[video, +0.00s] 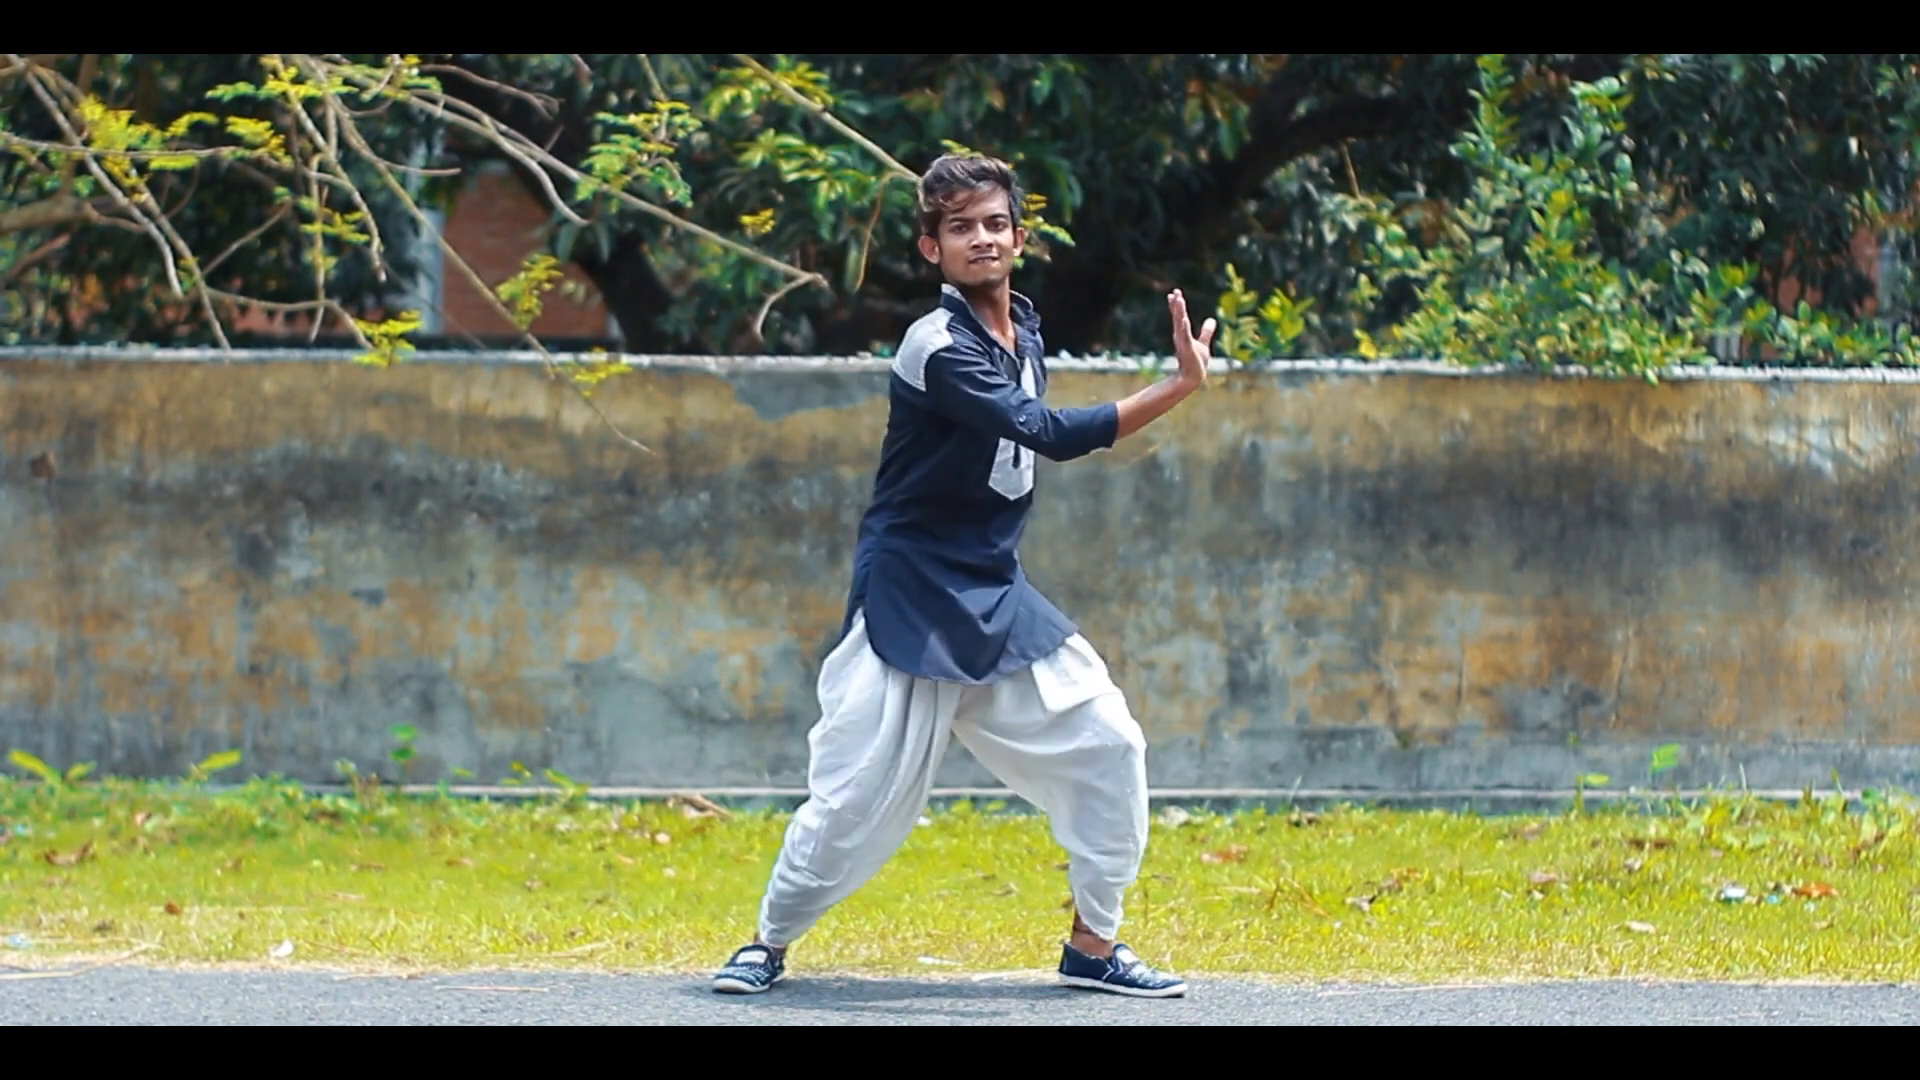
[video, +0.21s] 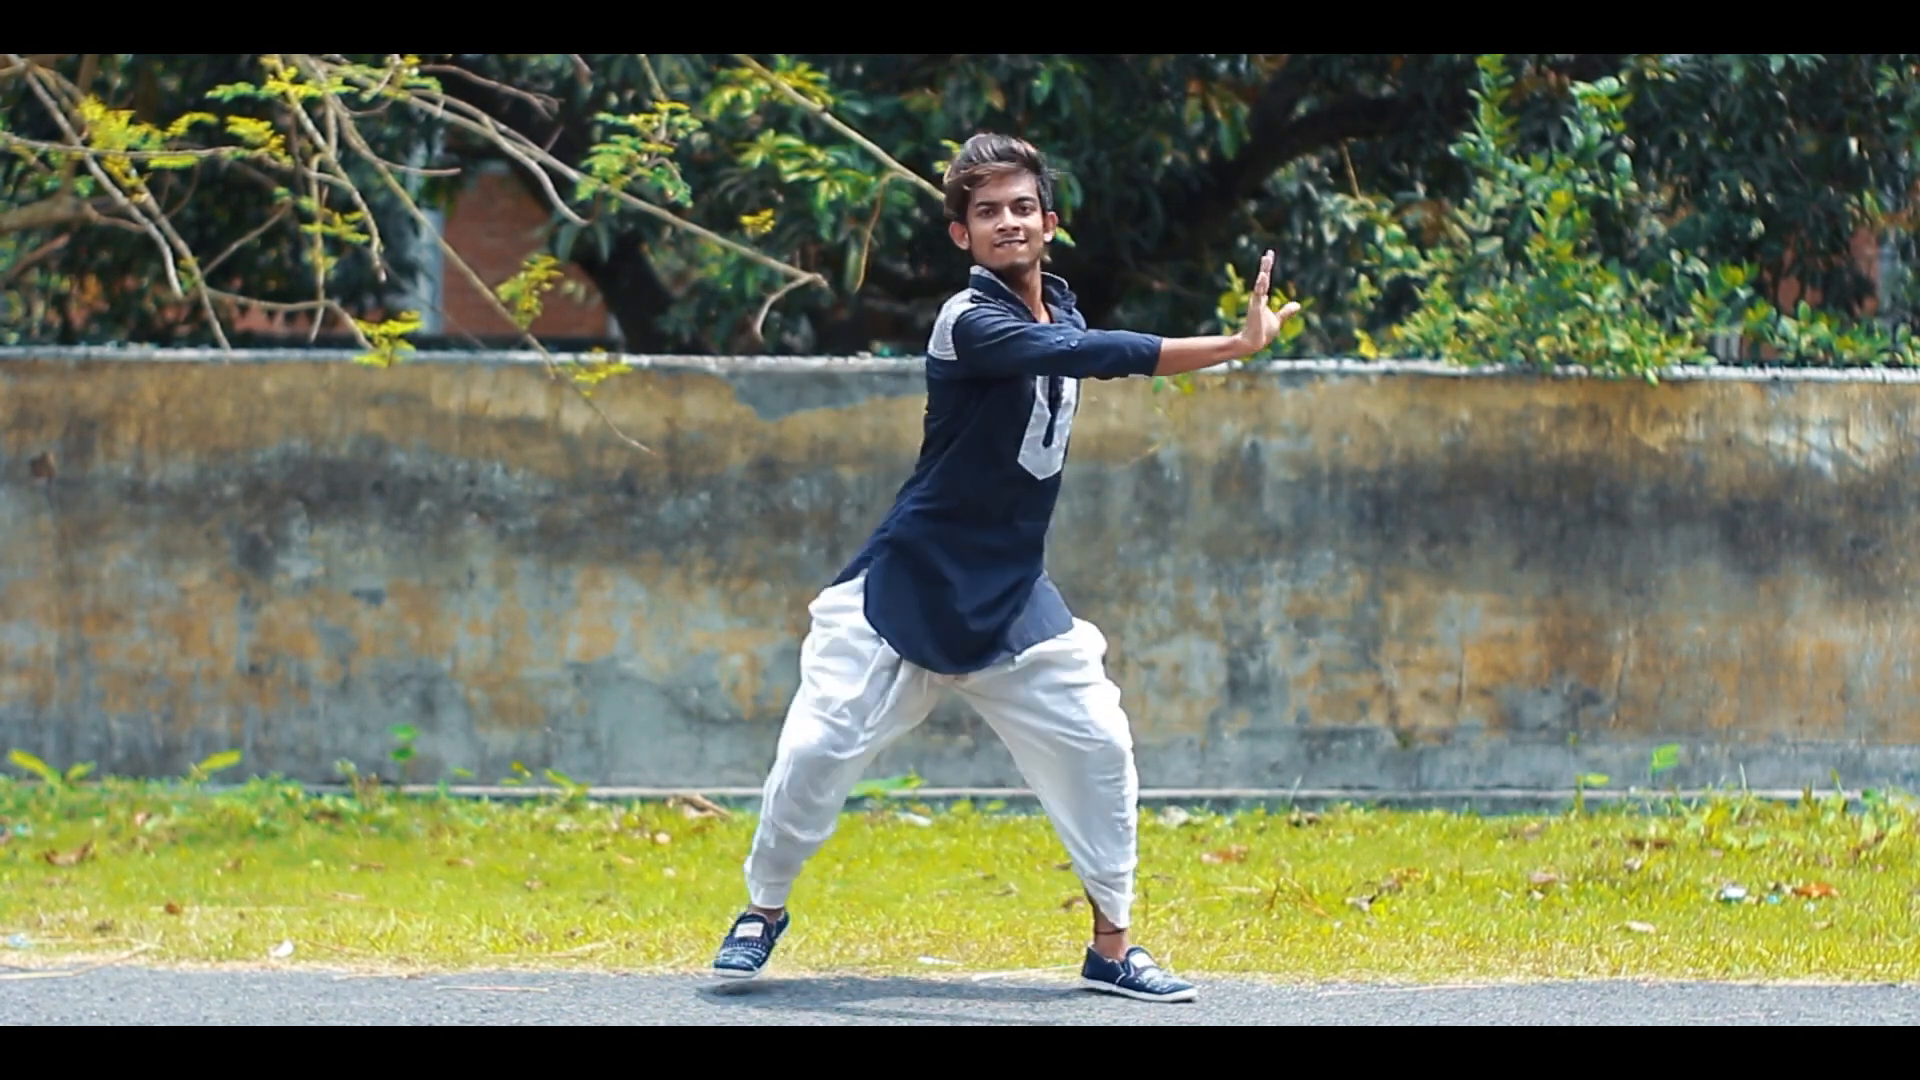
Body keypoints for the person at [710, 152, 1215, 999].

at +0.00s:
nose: (985, 239)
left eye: (998, 223)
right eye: (964, 227)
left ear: (1018, 236)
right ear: (932, 250)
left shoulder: (1026, 332)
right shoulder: (936, 346)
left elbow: (982, 450)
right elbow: (1051, 433)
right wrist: (1179, 387)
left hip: (994, 587)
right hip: (908, 589)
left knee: (1111, 744)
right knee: (856, 794)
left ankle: (1092, 948)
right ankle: (769, 946)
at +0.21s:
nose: (1013, 223)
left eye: (1025, 207)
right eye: (991, 212)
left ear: (1047, 220)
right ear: (963, 236)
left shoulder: (1064, 304)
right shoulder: (972, 321)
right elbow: (1097, 355)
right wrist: (1239, 346)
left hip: (1011, 585)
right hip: (910, 577)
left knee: (1101, 742)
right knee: (812, 752)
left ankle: (1110, 946)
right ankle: (761, 913)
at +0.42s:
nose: (1018, 290)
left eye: (1036, 274)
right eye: (1000, 273)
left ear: (1060, 286)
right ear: (972, 280)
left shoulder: (1047, 377)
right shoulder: (947, 351)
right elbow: (1069, 408)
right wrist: (1215, 437)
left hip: (1038, 620)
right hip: (932, 629)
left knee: (1142, 770)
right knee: (833, 806)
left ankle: (1114, 951)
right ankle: (782, 948)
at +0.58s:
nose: (1009, 263)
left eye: (1028, 246)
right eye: (991, 247)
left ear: (1059, 256)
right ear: (969, 256)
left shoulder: (1050, 351)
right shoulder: (953, 323)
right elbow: (1075, 391)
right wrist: (1205, 432)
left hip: (1012, 600)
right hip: (909, 603)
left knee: (1117, 761)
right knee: (805, 784)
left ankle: (1113, 952)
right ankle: (781, 946)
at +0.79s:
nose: (1011, 248)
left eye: (1029, 230)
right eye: (996, 232)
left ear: (1071, 237)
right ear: (981, 241)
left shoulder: (1086, 334)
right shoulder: (984, 321)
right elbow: (1108, 378)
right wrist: (1249, 410)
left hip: (982, 590)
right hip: (881, 567)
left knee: (1087, 757)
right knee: (794, 754)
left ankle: (1106, 951)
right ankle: (764, 934)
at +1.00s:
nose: (1026, 257)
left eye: (1044, 241)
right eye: (1008, 242)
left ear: (1076, 255)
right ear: (988, 254)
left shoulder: (1076, 349)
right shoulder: (975, 327)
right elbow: (1105, 382)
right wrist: (1238, 405)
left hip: (1013, 598)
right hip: (909, 592)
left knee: (1107, 759)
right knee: (802, 767)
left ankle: (1111, 951)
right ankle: (773, 946)